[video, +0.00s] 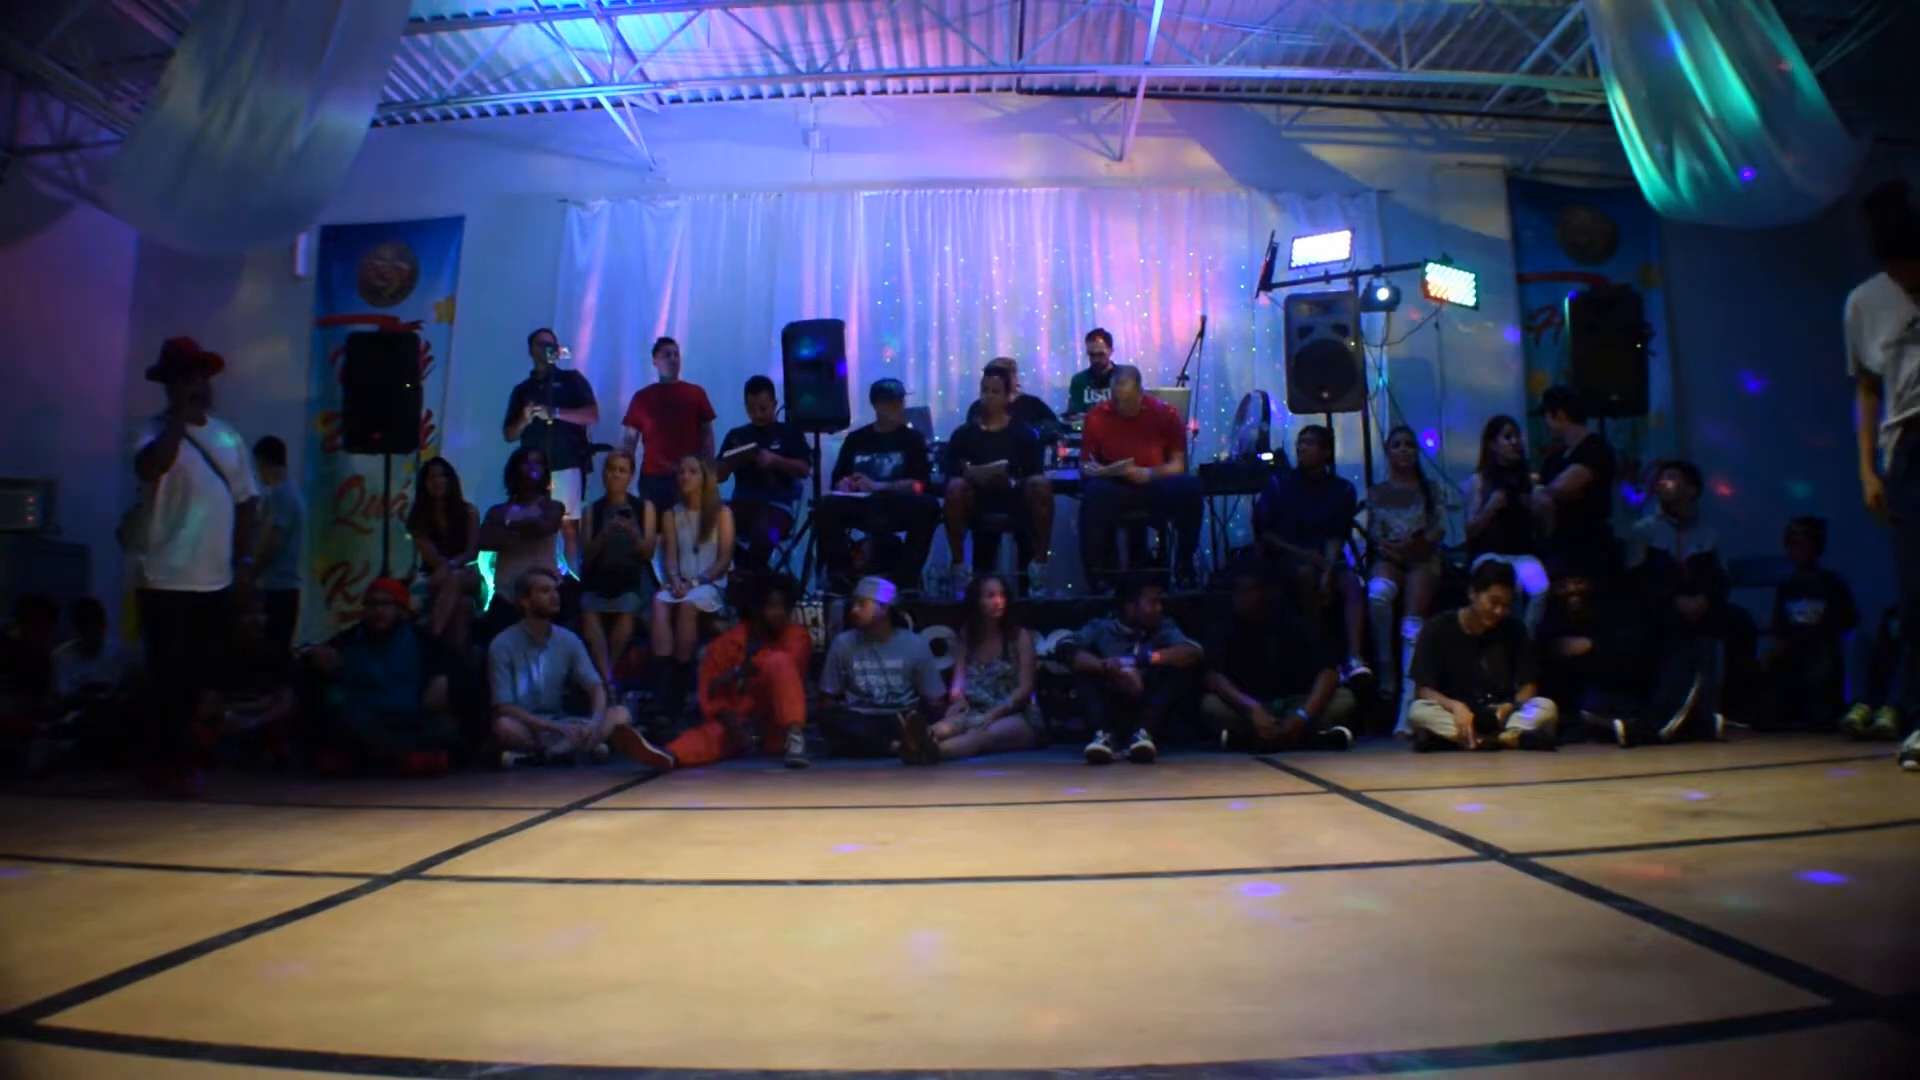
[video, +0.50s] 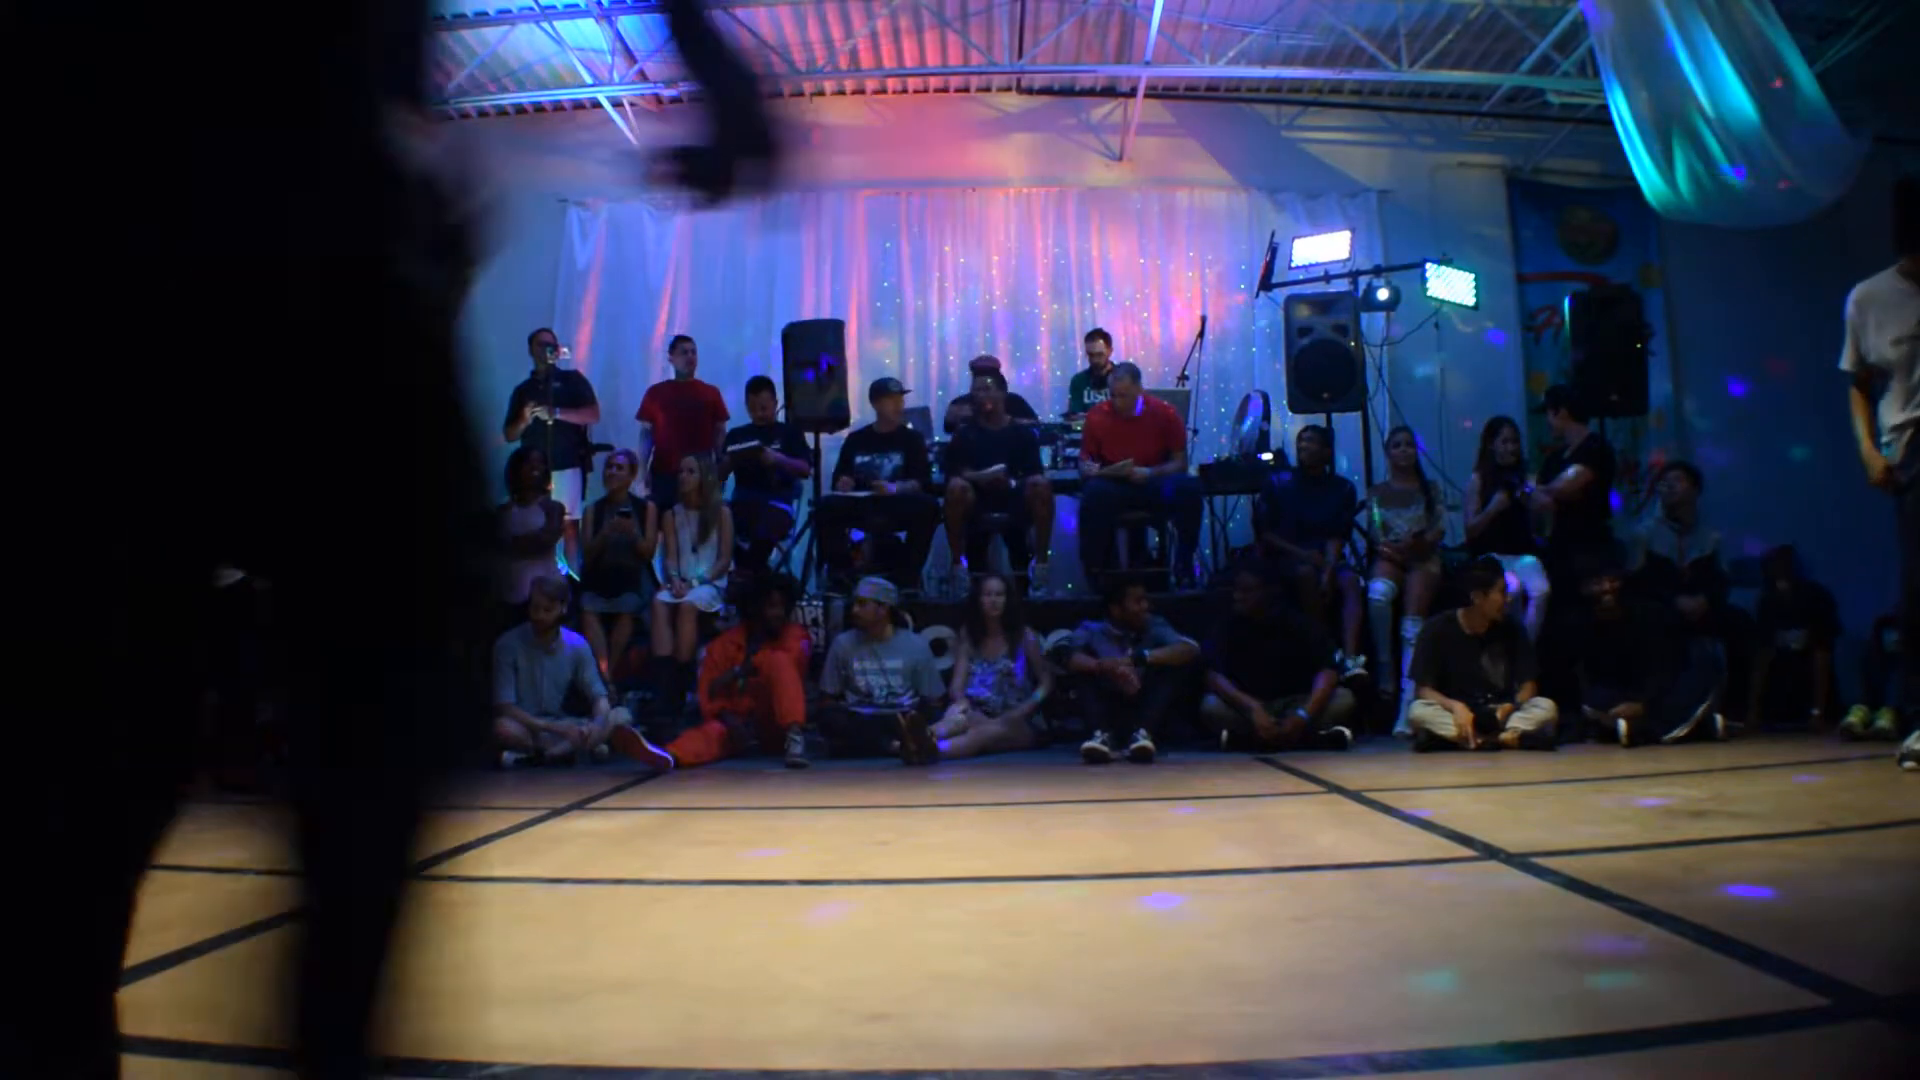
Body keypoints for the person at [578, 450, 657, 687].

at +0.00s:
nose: (616, 475)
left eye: (622, 470)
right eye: (611, 469)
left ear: (631, 476)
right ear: (604, 474)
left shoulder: (645, 507)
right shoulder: (591, 510)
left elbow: (648, 550)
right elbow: (587, 554)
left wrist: (631, 533)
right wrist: (604, 535)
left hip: (631, 573)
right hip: (599, 573)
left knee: (626, 611)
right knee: (589, 611)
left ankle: (607, 672)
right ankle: (606, 677)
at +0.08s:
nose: (613, 474)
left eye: (620, 469)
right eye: (609, 469)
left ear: (631, 476)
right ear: (603, 475)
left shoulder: (645, 508)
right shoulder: (591, 511)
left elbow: (649, 550)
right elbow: (586, 554)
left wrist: (632, 534)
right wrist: (605, 535)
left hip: (631, 573)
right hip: (599, 573)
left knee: (627, 610)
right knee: (589, 610)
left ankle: (608, 673)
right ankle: (605, 677)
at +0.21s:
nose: (612, 472)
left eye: (619, 468)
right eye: (608, 467)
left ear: (631, 476)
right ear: (603, 474)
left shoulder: (646, 508)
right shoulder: (592, 510)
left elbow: (648, 551)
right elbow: (587, 554)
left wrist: (631, 533)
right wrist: (605, 534)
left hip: (632, 573)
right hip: (599, 573)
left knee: (626, 610)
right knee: (588, 610)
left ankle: (606, 674)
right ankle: (605, 677)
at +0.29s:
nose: (612, 472)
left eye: (619, 468)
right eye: (608, 467)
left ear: (632, 475)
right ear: (603, 473)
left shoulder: (646, 508)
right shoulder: (592, 510)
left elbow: (648, 550)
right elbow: (587, 553)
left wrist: (631, 533)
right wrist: (605, 534)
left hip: (632, 573)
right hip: (599, 573)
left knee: (626, 610)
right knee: (588, 610)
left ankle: (606, 675)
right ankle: (606, 679)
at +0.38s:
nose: (612, 472)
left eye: (619, 467)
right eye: (609, 467)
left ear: (632, 475)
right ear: (603, 473)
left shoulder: (645, 507)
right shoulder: (592, 510)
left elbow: (648, 550)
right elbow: (587, 553)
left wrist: (631, 533)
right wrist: (605, 534)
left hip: (632, 573)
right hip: (599, 573)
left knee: (626, 610)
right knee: (588, 610)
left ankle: (607, 675)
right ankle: (606, 678)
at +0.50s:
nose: (612, 472)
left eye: (619, 467)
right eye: (609, 467)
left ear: (632, 475)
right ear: (604, 473)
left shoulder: (646, 508)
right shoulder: (592, 510)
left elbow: (648, 551)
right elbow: (587, 553)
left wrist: (631, 533)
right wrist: (606, 533)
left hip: (631, 574)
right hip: (600, 574)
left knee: (626, 608)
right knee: (588, 607)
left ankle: (610, 671)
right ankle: (602, 672)